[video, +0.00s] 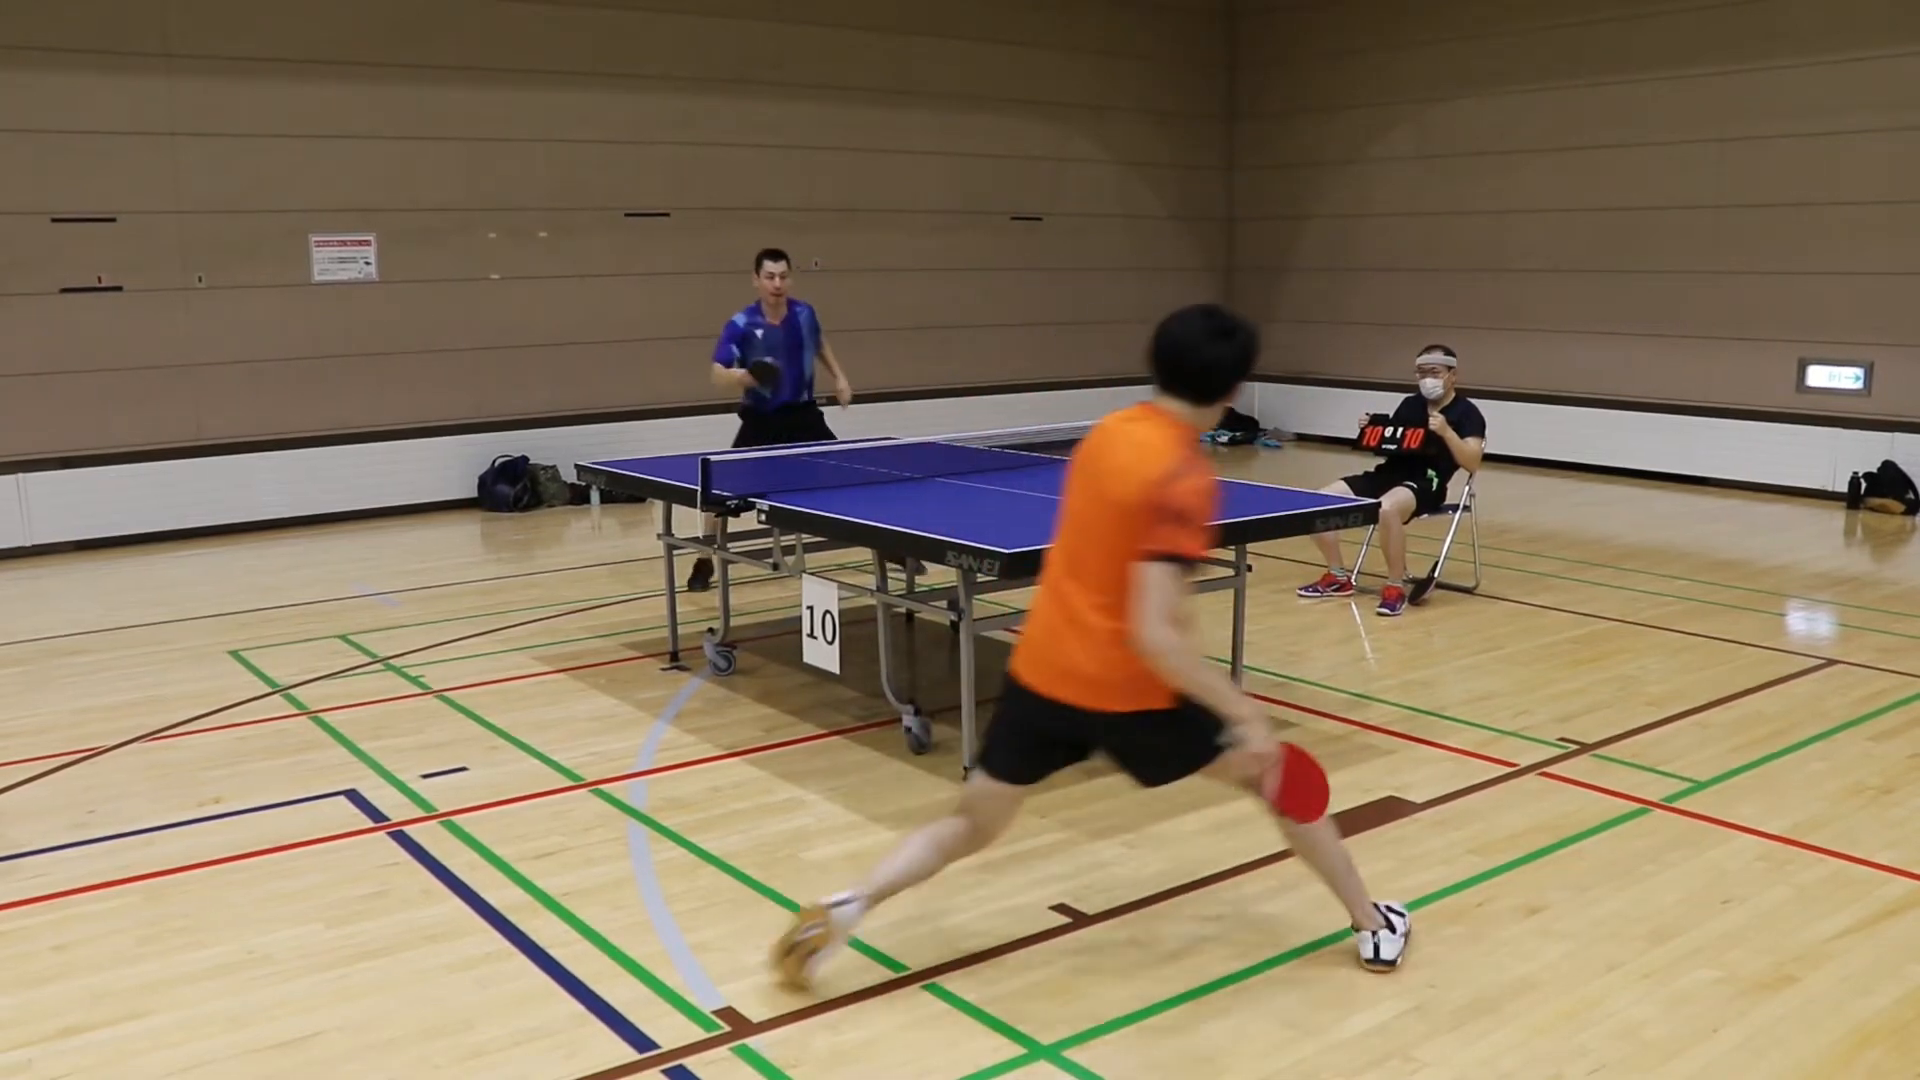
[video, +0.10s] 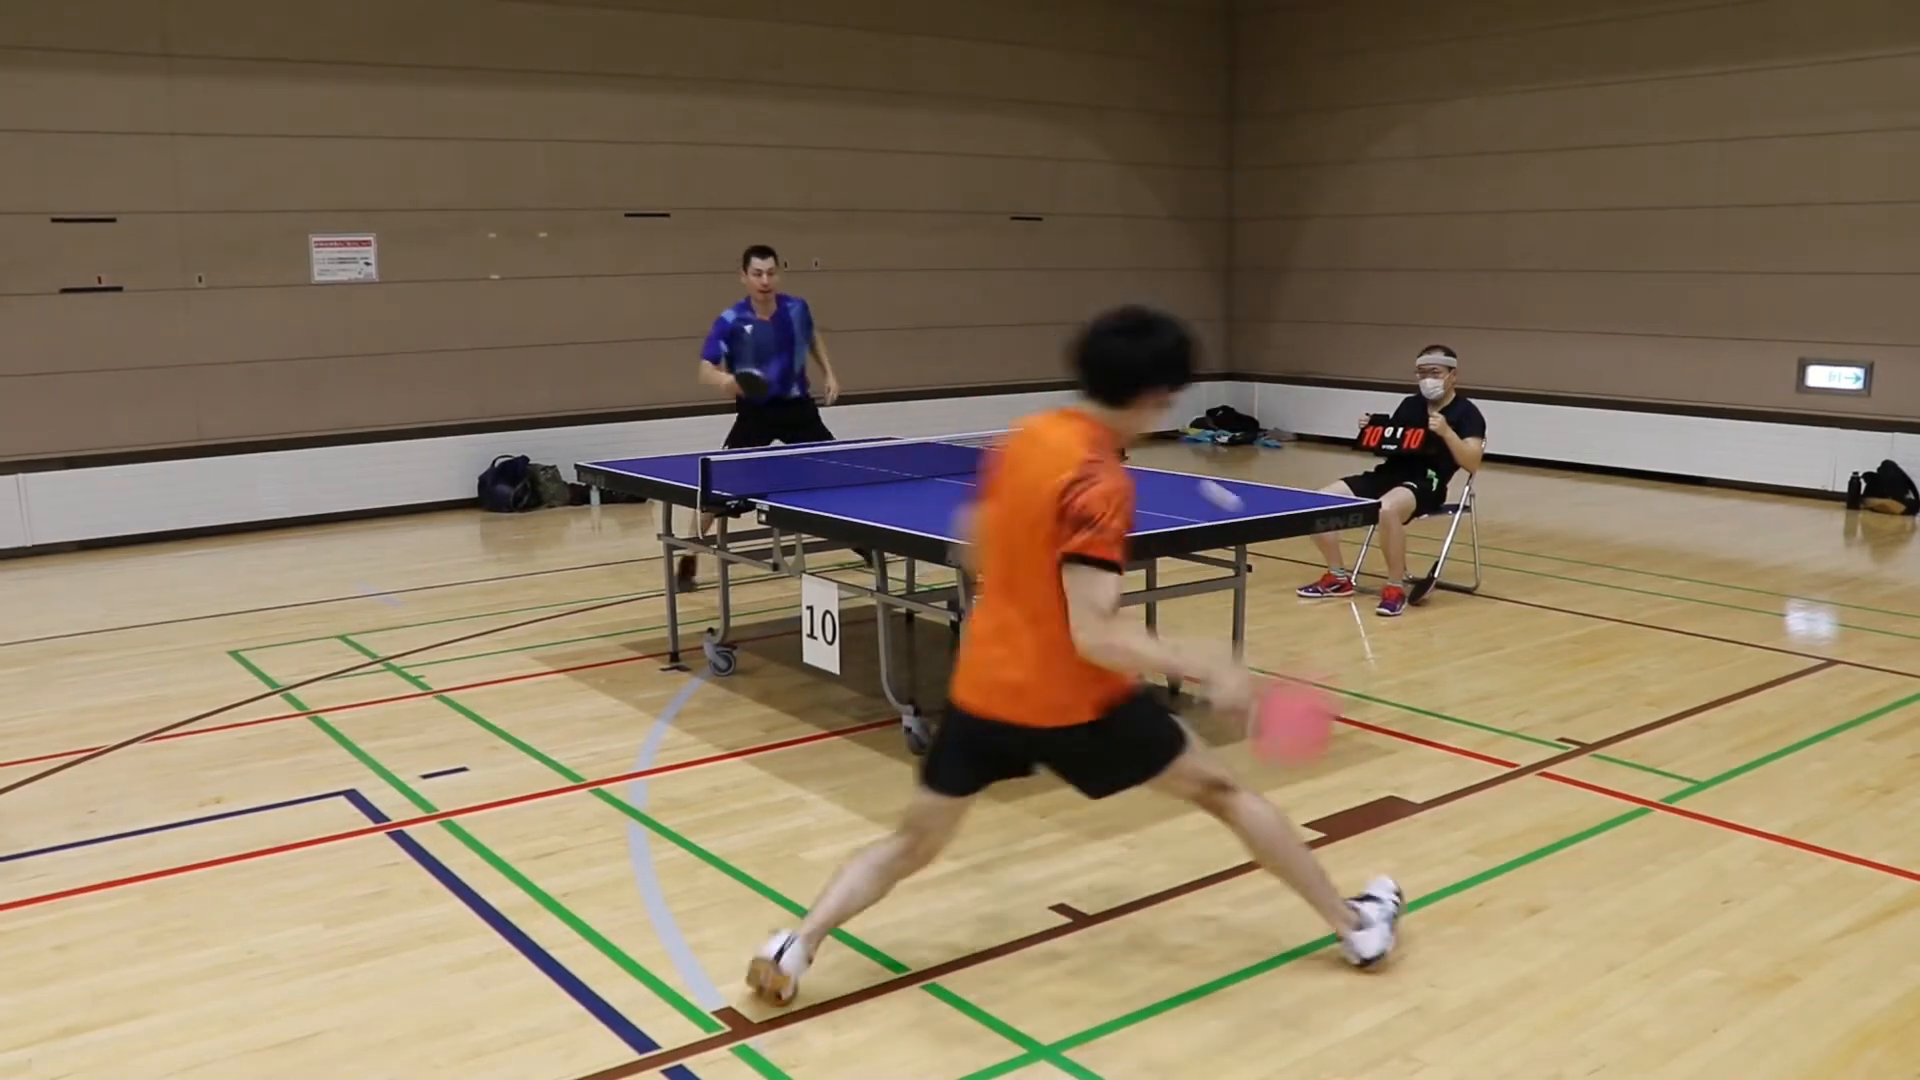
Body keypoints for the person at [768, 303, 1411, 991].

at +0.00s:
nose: (1240, 391)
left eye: (1234, 376)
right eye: (1239, 381)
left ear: (1159, 366)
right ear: (1227, 391)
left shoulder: (1106, 429)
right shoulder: (1183, 471)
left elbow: (1082, 554)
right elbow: (1157, 632)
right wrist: (1242, 711)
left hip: (1041, 676)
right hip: (1127, 692)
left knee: (973, 819)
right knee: (1271, 774)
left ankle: (849, 907)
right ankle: (1373, 923)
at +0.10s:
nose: (1172, 408)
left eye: (1173, 392)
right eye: (1171, 394)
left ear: (1092, 373)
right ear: (1148, 395)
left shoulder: (1019, 437)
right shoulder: (1100, 477)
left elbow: (971, 547)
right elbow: (1095, 632)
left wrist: (1030, 608)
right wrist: (1205, 666)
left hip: (980, 693)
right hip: (1075, 702)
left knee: (912, 838)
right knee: (1223, 791)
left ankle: (795, 947)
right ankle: (1353, 924)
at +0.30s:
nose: (1058, 386)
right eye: (1051, 376)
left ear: (967, 389)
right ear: (1038, 392)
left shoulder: (912, 491)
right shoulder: (1064, 464)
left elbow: (892, 619)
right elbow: (1051, 393)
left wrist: (964, 606)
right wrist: (963, 334)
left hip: (943, 721)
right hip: (1054, 713)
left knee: (848, 821)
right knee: (1112, 806)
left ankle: (780, 957)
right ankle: (1131, 913)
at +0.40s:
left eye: (957, 374)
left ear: (963, 389)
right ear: (1038, 379)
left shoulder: (936, 490)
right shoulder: (1079, 453)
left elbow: (896, 634)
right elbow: (1036, 393)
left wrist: (941, 604)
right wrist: (973, 335)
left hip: (960, 713)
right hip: (1063, 704)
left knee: (849, 818)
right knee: (1072, 823)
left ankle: (772, 974)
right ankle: (1134, 931)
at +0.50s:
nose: (985, 350)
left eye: (988, 339)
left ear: (995, 349)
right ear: (1075, 341)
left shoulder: (978, 446)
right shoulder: (1124, 427)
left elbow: (907, 578)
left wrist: (949, 538)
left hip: (1000, 686)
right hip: (1107, 681)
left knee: (883, 808)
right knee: (1159, 779)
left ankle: (782, 970)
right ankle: (1199, 903)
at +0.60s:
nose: (1057, 321)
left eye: (1062, 310)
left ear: (1070, 319)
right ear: (1149, 316)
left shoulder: (1042, 403)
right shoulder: (1194, 412)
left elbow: (971, 521)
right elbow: (1227, 552)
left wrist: (1045, 529)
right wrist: (1157, 525)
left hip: (1056, 652)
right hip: (1169, 648)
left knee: (939, 759)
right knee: (1253, 741)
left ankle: (882, 925)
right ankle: (1308, 914)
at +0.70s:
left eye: (1160, 326)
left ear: (1161, 333)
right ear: (1242, 340)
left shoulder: (1113, 411)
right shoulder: (1268, 435)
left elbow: (1077, 530)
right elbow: (1289, 586)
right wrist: (1310, 652)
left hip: (1106, 653)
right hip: (1216, 659)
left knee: (1012, 789)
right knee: (1315, 767)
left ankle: (975, 958)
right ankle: (1410, 917)